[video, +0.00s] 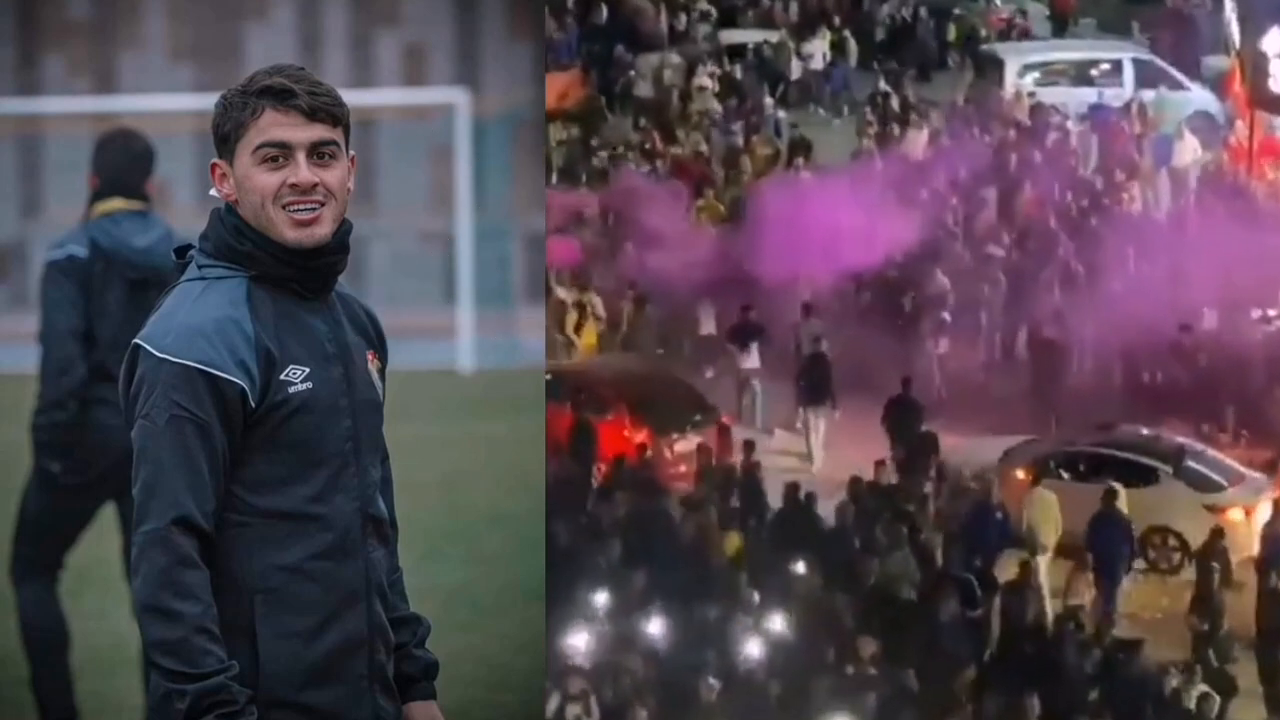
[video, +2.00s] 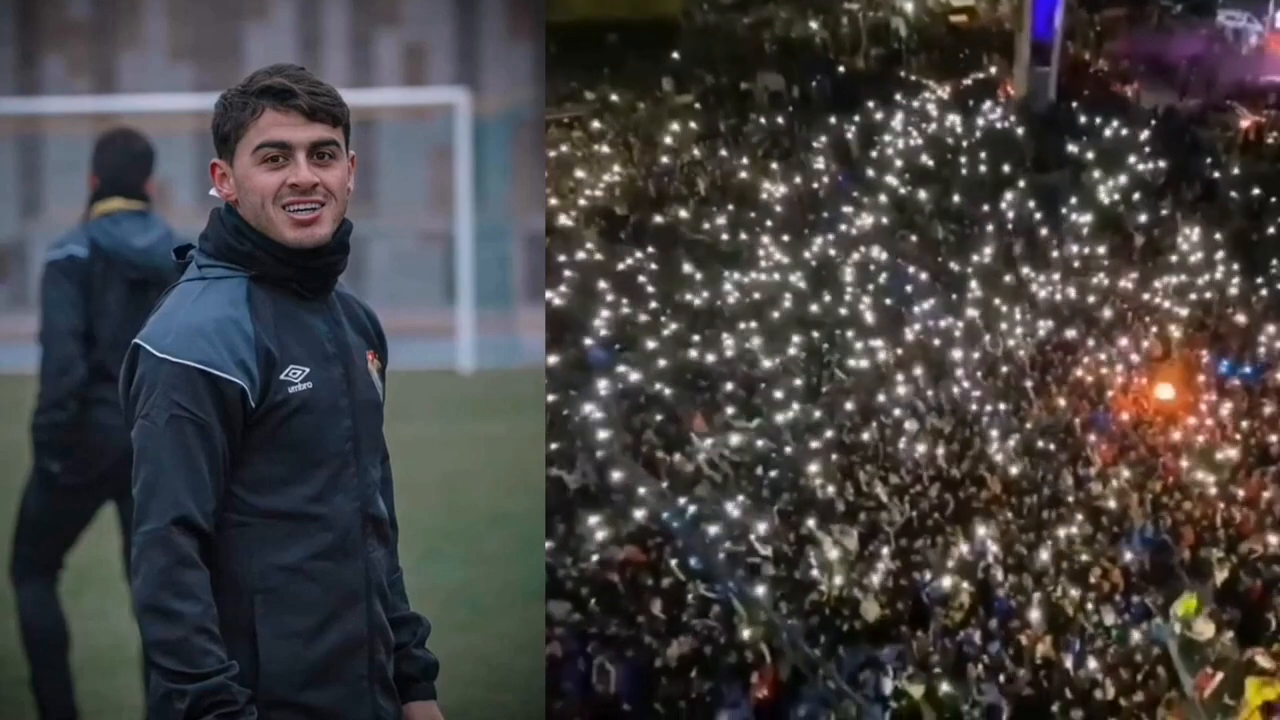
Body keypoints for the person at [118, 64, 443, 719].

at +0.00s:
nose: (304, 178)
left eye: (322, 155)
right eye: (274, 158)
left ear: (350, 171)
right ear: (226, 182)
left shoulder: (356, 323)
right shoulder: (195, 335)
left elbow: (372, 524)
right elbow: (164, 552)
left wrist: (414, 684)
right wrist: (214, 704)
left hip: (364, 689)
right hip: (259, 691)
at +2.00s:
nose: (305, 178)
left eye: (322, 155)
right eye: (274, 158)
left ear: (349, 171)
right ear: (226, 182)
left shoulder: (356, 323)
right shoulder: (195, 334)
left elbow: (372, 525)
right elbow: (164, 550)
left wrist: (414, 684)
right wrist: (213, 705)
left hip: (365, 690)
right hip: (260, 691)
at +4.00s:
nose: (304, 179)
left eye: (322, 155)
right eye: (274, 158)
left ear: (350, 171)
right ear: (226, 182)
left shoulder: (356, 323)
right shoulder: (195, 334)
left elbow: (372, 525)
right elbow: (164, 550)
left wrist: (414, 684)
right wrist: (213, 705)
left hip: (365, 690)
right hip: (259, 691)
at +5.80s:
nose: (305, 178)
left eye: (322, 155)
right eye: (274, 158)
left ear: (349, 171)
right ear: (226, 182)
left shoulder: (356, 323)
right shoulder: (195, 334)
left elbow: (372, 525)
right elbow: (164, 550)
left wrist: (414, 684)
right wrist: (213, 705)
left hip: (365, 690)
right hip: (260, 691)